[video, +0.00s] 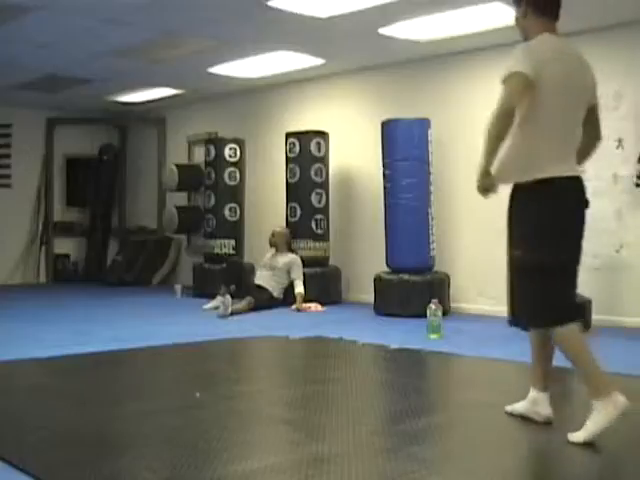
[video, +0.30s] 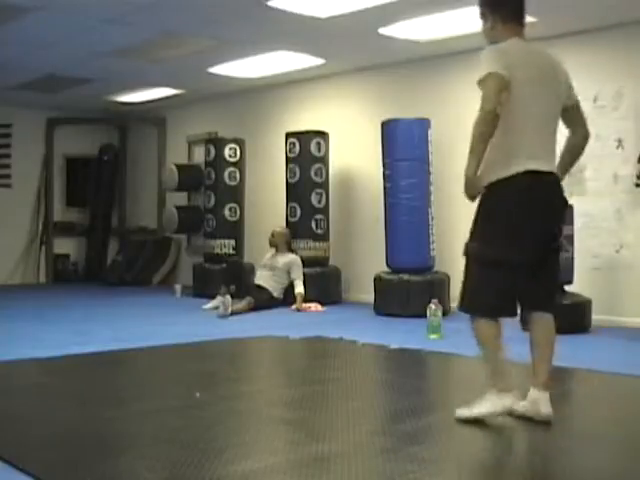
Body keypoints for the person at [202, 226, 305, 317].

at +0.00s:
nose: (271, 238)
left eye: (274, 235)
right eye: (272, 235)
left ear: (283, 239)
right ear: (274, 239)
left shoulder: (293, 259)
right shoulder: (270, 254)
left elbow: (298, 282)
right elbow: (261, 272)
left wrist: (299, 302)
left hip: (270, 294)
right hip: (254, 287)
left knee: (250, 301)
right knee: (234, 264)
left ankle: (230, 310)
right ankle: (221, 298)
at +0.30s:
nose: (270, 238)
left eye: (273, 236)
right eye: (271, 235)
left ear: (282, 239)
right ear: (276, 239)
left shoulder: (293, 259)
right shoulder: (270, 254)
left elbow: (298, 282)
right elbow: (262, 273)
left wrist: (299, 302)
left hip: (270, 294)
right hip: (255, 288)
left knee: (250, 301)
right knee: (234, 265)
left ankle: (230, 310)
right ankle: (221, 298)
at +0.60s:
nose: (270, 238)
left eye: (273, 236)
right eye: (271, 235)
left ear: (283, 239)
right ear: (277, 240)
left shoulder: (293, 259)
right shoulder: (270, 254)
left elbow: (298, 282)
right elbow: (261, 272)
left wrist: (298, 302)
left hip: (270, 294)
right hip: (254, 288)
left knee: (250, 301)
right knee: (234, 264)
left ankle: (230, 310)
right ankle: (221, 298)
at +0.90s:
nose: (270, 238)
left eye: (273, 235)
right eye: (271, 235)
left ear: (283, 239)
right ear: (278, 239)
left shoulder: (293, 259)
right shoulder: (270, 254)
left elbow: (298, 282)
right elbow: (262, 273)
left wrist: (299, 302)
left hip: (271, 294)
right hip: (254, 288)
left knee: (250, 301)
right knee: (234, 264)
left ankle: (230, 310)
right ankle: (221, 298)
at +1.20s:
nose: (270, 237)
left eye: (273, 235)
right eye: (271, 235)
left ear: (283, 239)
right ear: (278, 239)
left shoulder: (293, 259)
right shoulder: (270, 254)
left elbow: (298, 282)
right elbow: (262, 273)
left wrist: (299, 302)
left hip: (271, 293)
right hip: (255, 287)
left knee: (250, 301)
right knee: (234, 265)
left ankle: (230, 310)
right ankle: (221, 298)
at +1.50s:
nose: (270, 237)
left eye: (273, 235)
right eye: (271, 235)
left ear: (282, 239)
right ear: (278, 239)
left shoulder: (293, 259)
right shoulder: (270, 254)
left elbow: (298, 282)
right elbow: (262, 273)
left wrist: (299, 302)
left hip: (271, 293)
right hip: (255, 287)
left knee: (250, 300)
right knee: (233, 265)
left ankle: (230, 310)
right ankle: (221, 298)